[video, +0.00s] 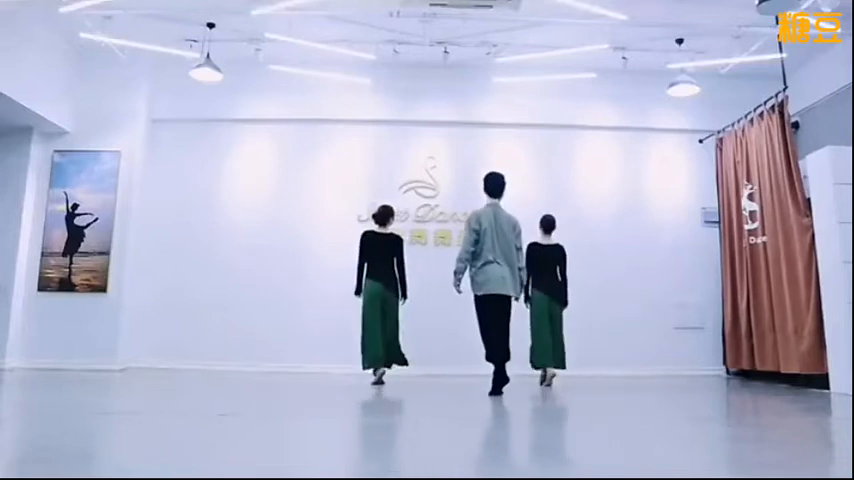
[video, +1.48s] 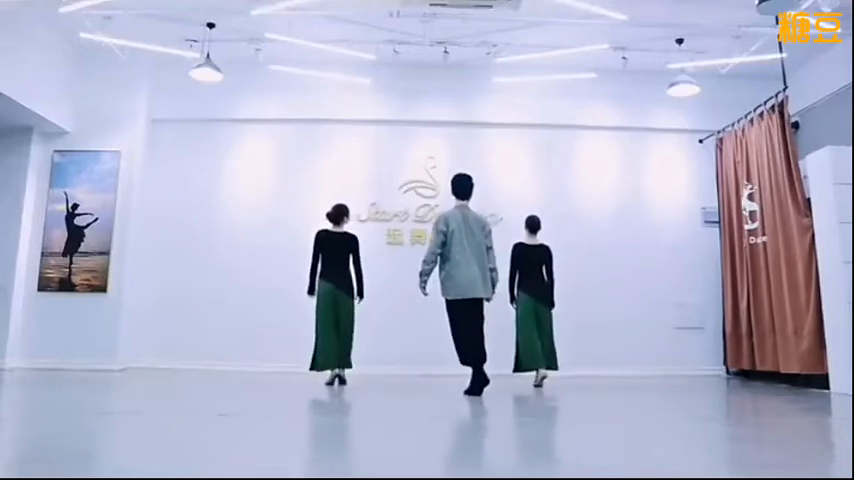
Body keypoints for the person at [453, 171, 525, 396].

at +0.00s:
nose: (489, 191)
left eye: (486, 187)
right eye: (497, 187)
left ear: (484, 189)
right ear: (503, 190)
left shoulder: (476, 218)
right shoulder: (512, 222)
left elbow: (467, 250)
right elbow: (519, 257)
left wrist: (458, 273)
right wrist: (521, 284)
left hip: (482, 281)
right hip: (507, 281)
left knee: (488, 327)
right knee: (502, 327)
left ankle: (500, 370)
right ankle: (498, 377)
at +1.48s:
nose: (464, 193)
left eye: (457, 189)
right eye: (467, 188)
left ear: (452, 191)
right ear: (471, 192)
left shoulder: (444, 220)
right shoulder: (481, 221)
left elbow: (433, 252)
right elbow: (490, 256)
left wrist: (423, 275)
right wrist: (492, 284)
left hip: (454, 288)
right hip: (478, 286)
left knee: (461, 331)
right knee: (476, 330)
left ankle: (479, 372)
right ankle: (476, 377)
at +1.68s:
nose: (455, 194)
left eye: (449, 190)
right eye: (460, 190)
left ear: (445, 192)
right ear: (464, 193)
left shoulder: (438, 221)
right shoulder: (472, 223)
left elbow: (428, 252)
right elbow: (485, 256)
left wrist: (418, 276)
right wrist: (492, 281)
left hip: (444, 290)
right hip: (468, 289)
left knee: (445, 334)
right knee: (469, 332)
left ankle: (459, 376)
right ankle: (476, 375)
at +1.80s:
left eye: (438, 189)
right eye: (450, 189)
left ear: (435, 192)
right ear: (454, 193)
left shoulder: (428, 221)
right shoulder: (463, 223)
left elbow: (419, 252)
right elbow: (475, 256)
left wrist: (408, 276)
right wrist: (479, 282)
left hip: (433, 289)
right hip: (459, 289)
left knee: (426, 337)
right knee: (465, 336)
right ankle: (473, 379)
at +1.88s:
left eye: (432, 189)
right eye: (443, 189)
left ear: (430, 192)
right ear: (450, 192)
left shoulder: (423, 219)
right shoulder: (459, 223)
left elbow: (414, 251)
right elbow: (467, 258)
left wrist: (402, 275)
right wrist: (467, 284)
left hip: (427, 289)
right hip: (453, 289)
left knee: (418, 336)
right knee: (461, 335)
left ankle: (408, 381)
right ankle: (472, 380)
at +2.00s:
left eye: (419, 192)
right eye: (430, 192)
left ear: (417, 194)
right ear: (437, 195)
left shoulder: (408, 220)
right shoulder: (444, 226)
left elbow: (397, 251)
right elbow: (444, 260)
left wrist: (383, 274)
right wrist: (439, 282)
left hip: (410, 291)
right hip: (436, 291)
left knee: (402, 338)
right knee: (444, 331)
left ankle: (404, 385)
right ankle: (451, 374)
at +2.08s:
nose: (414, 196)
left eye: (414, 193)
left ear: (413, 196)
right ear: (432, 198)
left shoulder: (404, 223)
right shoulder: (438, 229)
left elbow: (389, 252)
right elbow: (436, 259)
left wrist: (374, 277)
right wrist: (421, 274)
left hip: (403, 293)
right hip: (429, 293)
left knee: (398, 338)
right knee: (433, 331)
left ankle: (403, 385)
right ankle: (436, 374)